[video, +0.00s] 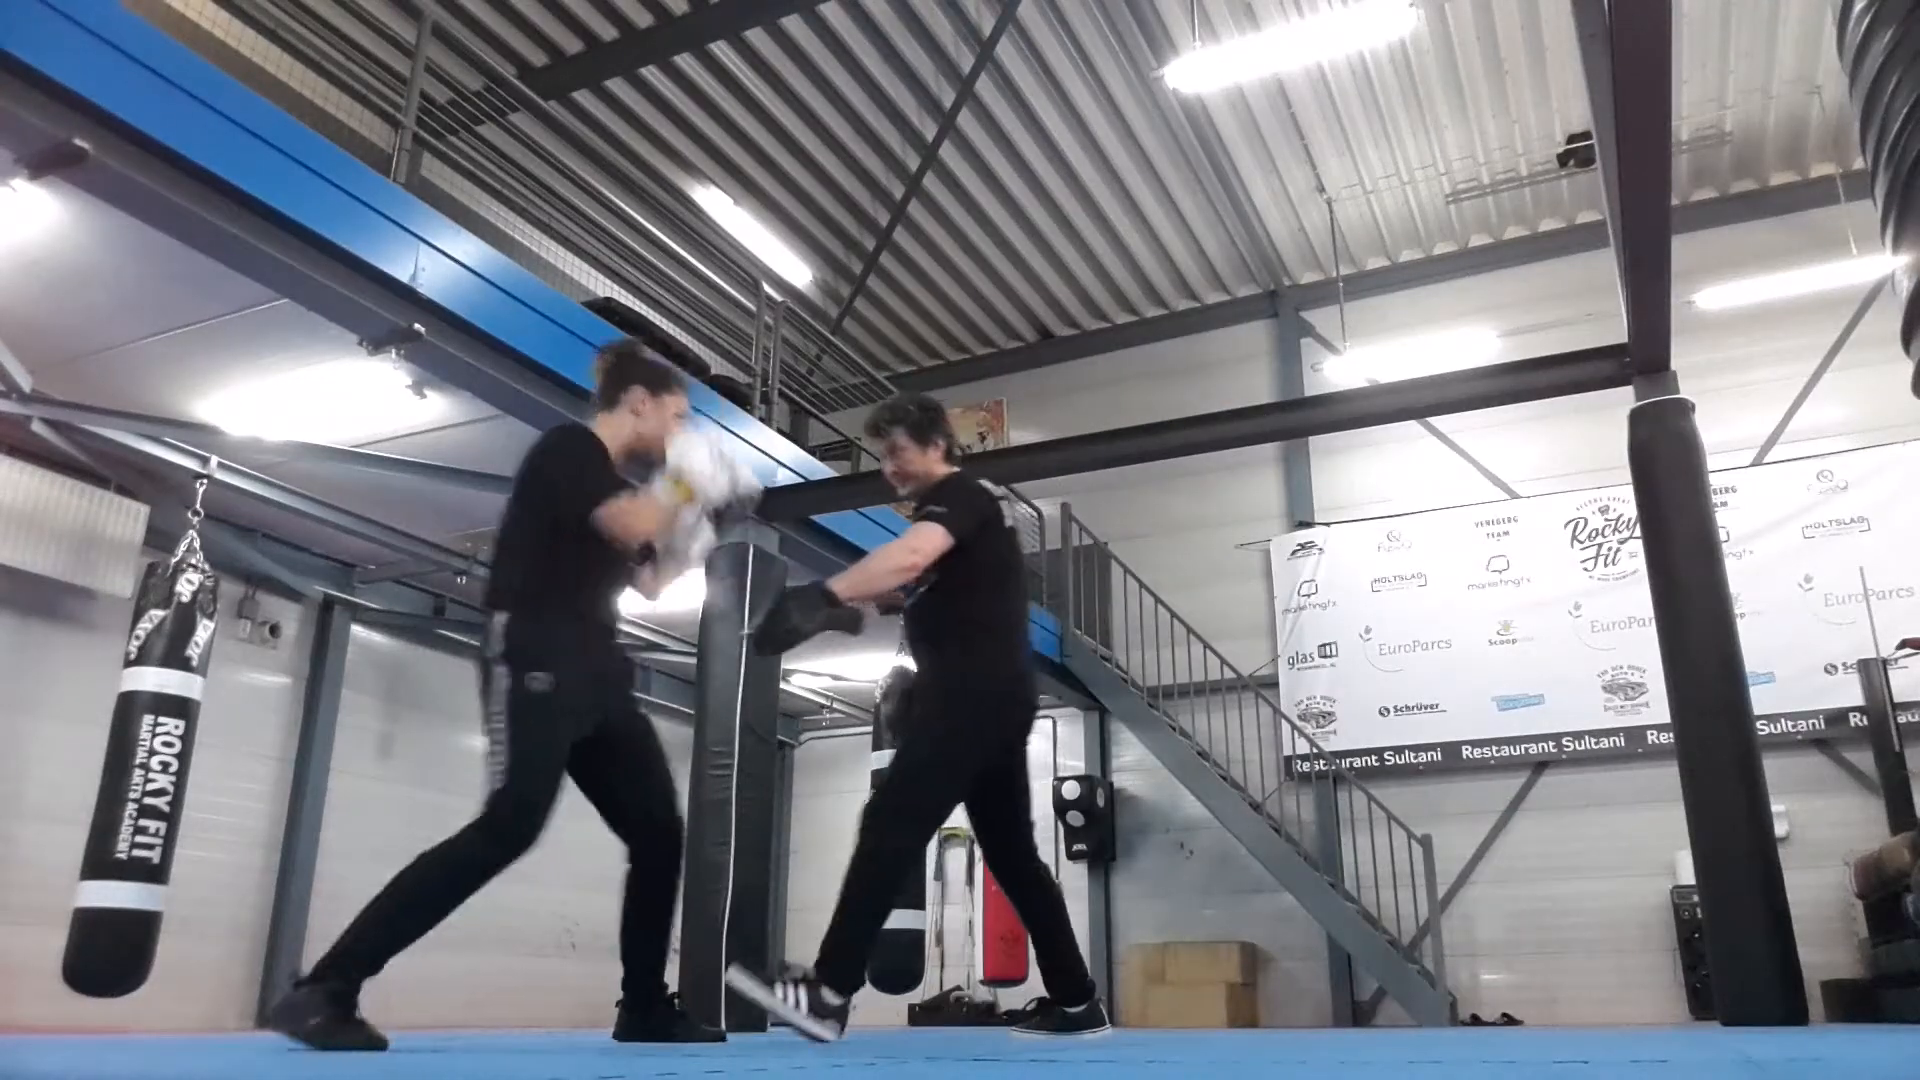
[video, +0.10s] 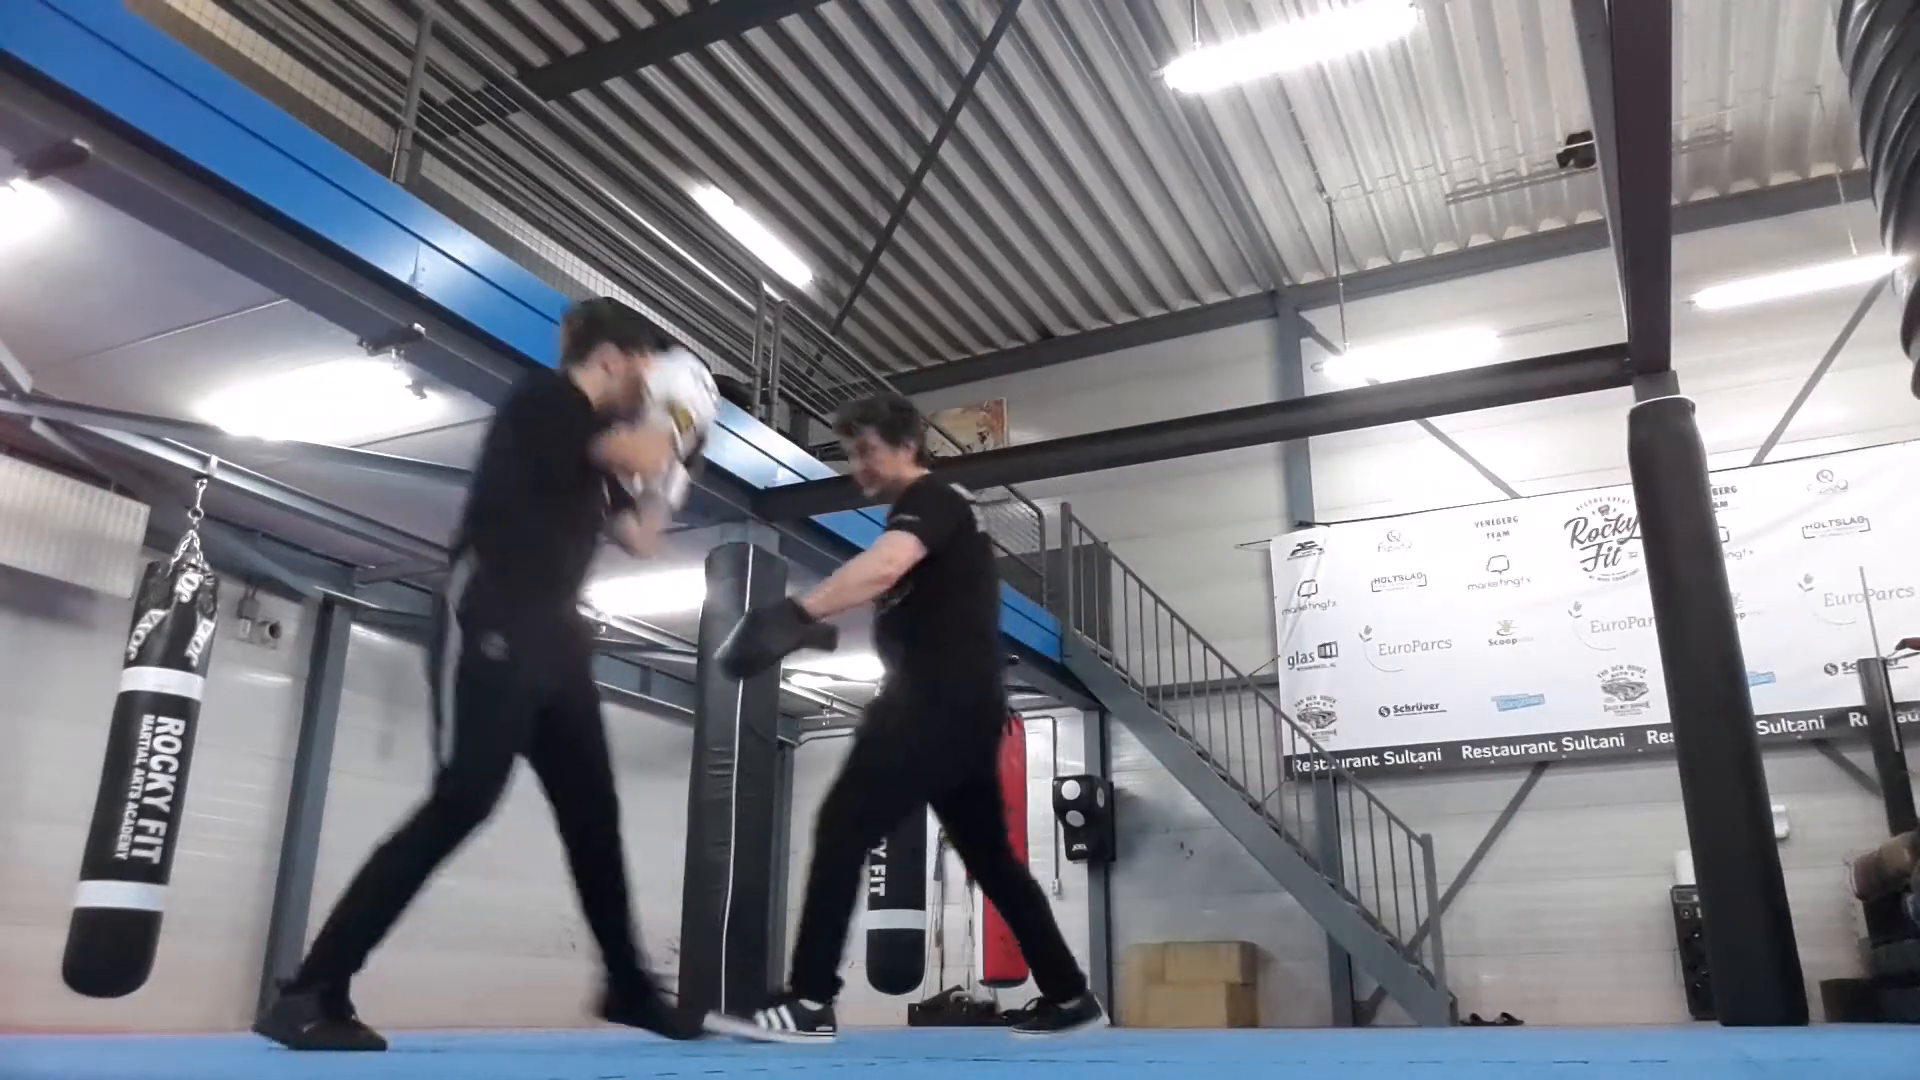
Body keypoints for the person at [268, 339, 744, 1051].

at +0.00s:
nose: (678, 431)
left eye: (682, 419)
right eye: (676, 415)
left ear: (635, 408)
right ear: (637, 401)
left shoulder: (612, 479)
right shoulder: (571, 447)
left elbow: (650, 583)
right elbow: (627, 524)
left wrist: (680, 521)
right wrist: (679, 484)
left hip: (589, 663)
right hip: (534, 655)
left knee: (658, 834)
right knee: (508, 827)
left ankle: (646, 1007)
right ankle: (325, 989)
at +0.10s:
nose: (643, 386)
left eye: (647, 375)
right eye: (640, 370)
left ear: (600, 362)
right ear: (606, 357)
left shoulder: (579, 431)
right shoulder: (547, 400)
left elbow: (635, 535)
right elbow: (630, 456)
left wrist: (661, 464)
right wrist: (674, 421)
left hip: (552, 626)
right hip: (500, 615)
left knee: (589, 810)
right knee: (465, 795)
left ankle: (629, 986)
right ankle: (314, 989)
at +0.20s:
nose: (624, 348)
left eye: (626, 337)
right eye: (621, 333)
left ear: (583, 322)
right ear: (586, 313)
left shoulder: (556, 397)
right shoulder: (524, 346)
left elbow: (603, 503)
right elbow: (602, 418)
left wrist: (668, 441)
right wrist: (646, 385)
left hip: (508, 575)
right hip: (451, 556)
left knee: (571, 762)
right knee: (441, 750)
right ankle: (298, 969)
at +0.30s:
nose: (602, 330)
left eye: (606, 316)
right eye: (597, 309)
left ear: (554, 303)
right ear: (557, 291)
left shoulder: (532, 379)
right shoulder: (492, 327)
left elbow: (558, 503)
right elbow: (557, 417)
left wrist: (641, 470)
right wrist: (618, 382)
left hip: (471, 572)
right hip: (420, 551)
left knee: (525, 768)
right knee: (406, 735)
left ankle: (401, 954)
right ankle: (211, 932)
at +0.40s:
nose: (568, 341)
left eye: (571, 326)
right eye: (565, 321)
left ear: (520, 307)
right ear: (521, 304)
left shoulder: (491, 392)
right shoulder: (450, 344)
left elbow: (481, 528)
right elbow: (494, 442)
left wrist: (586, 506)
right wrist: (567, 414)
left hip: (433, 604)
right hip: (387, 581)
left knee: (468, 812)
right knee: (320, 759)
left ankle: (357, 1002)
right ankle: (88, 946)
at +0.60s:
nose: (516, 319)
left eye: (519, 303)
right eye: (513, 298)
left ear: (467, 284)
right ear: (472, 277)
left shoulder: (426, 362)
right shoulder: (379, 298)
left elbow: (370, 482)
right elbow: (394, 395)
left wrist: (462, 498)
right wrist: (491, 385)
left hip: (350, 584)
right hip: (285, 557)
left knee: (390, 779)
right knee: (208, 750)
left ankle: (361, 985)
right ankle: (16, 970)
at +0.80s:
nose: (477, 241)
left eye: (482, 228)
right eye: (474, 218)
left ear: (432, 214)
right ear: (432, 190)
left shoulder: (397, 294)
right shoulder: (360, 198)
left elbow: (359, 434)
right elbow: (383, 278)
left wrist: (468, 411)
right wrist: (480, 287)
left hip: (296, 486)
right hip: (239, 441)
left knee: (346, 727)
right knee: (187, 681)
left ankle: (243, 959)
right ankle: (4, 935)